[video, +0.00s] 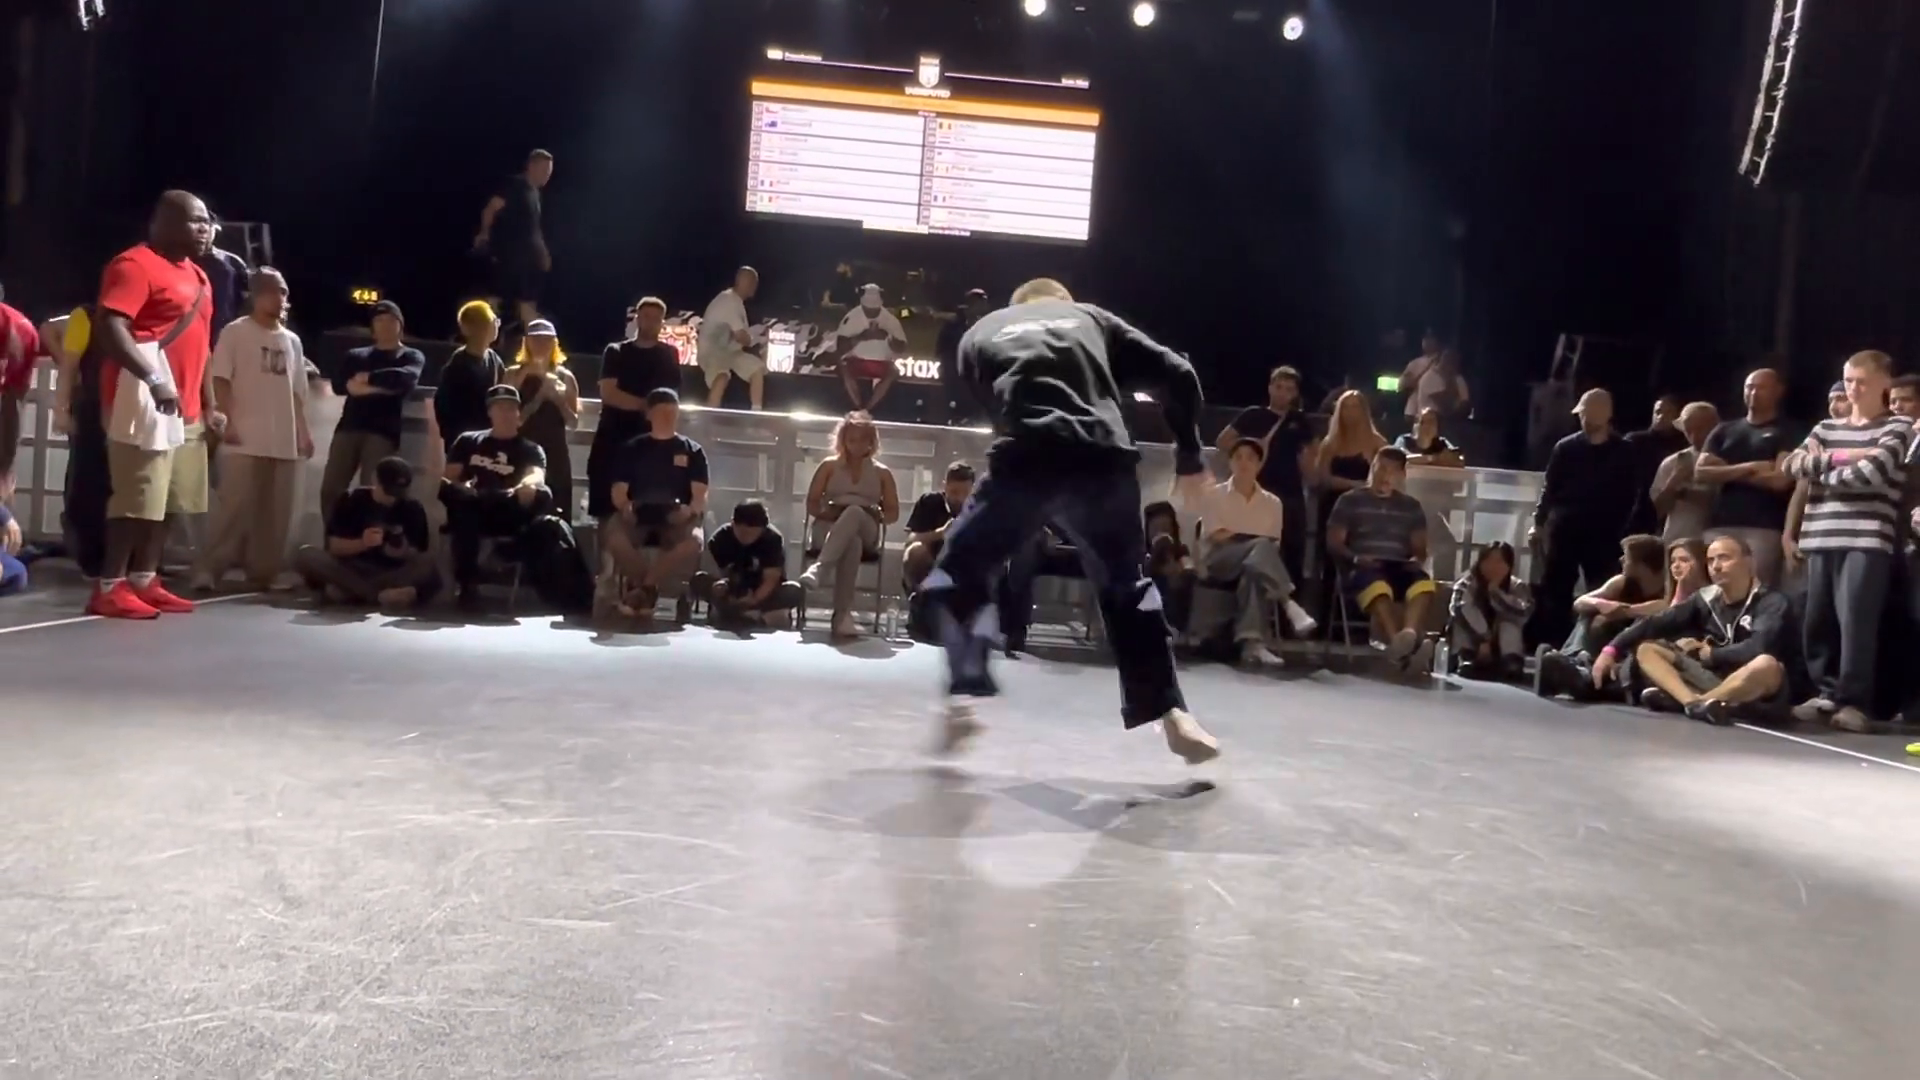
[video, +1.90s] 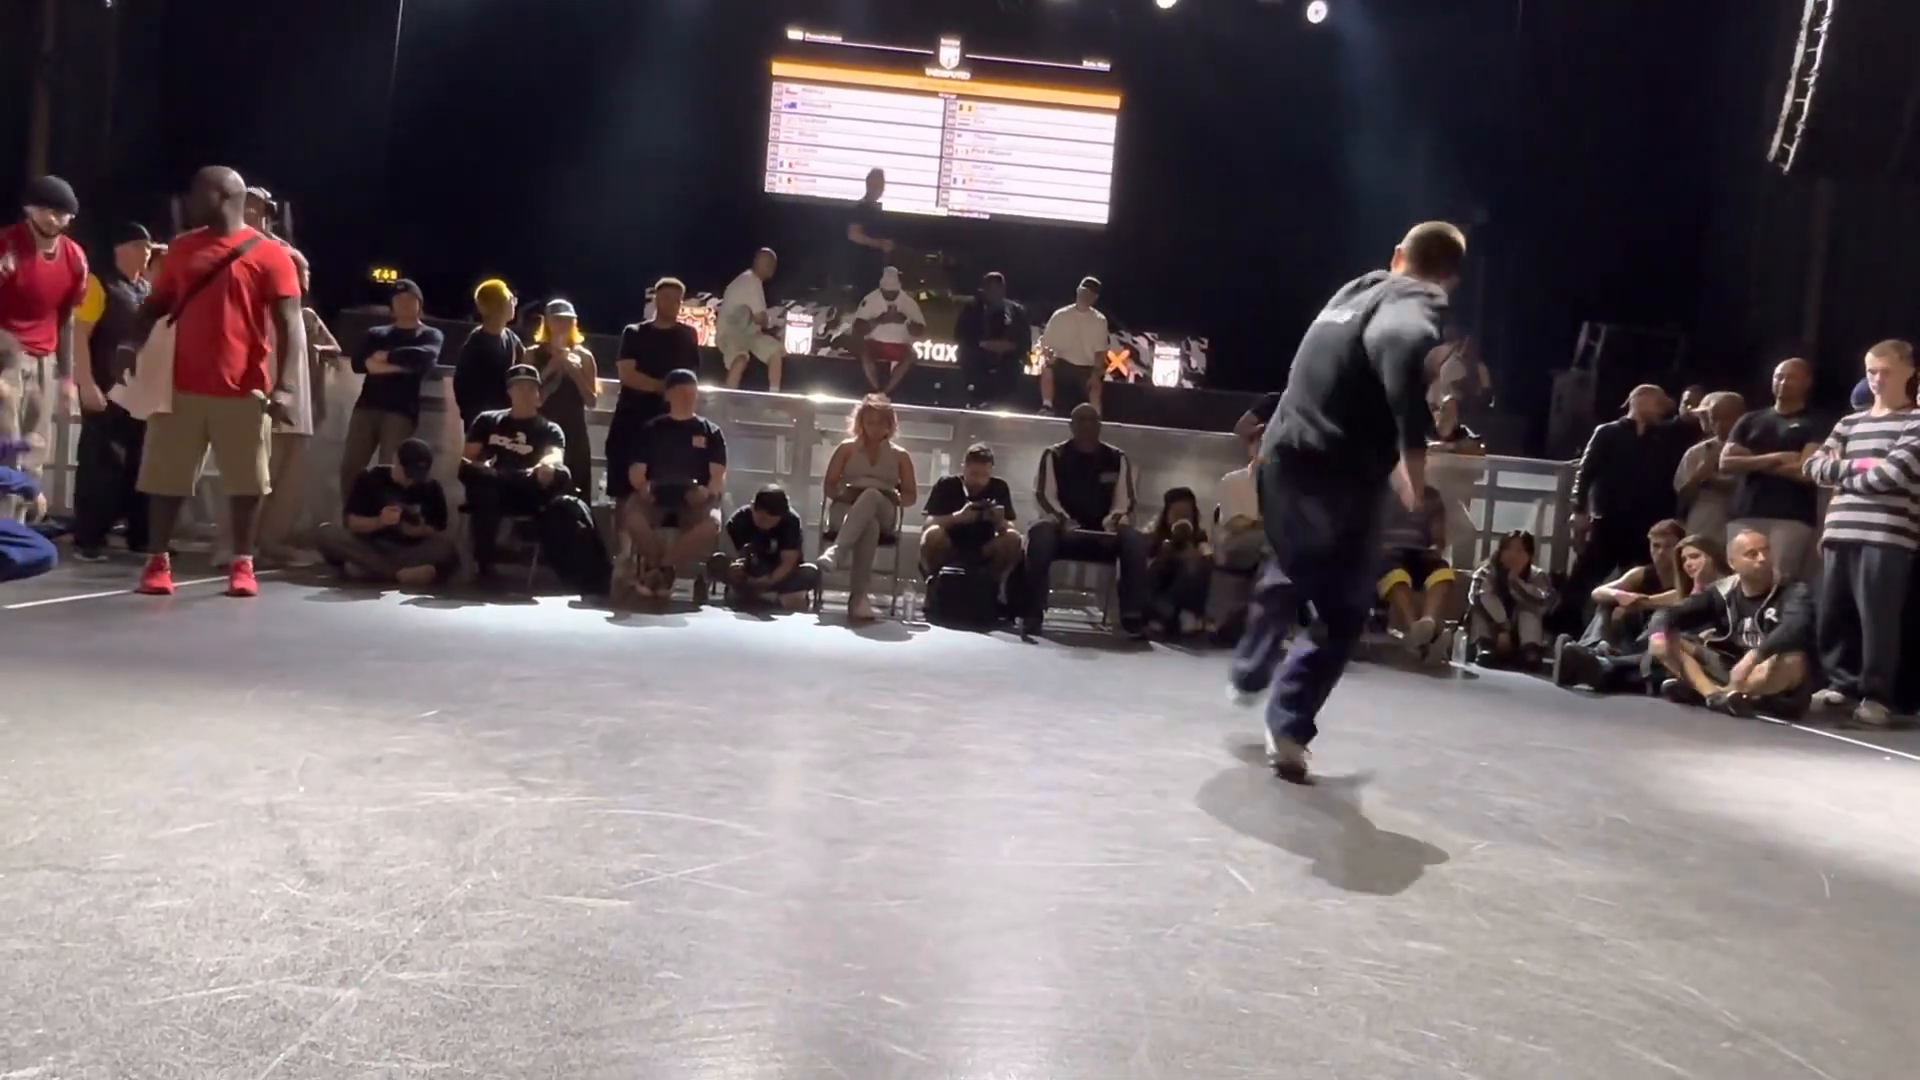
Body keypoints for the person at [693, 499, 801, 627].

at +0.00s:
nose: (747, 538)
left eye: (753, 534)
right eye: (743, 532)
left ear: (762, 529)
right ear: (733, 523)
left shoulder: (772, 539)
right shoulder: (718, 540)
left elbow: (772, 578)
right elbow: (721, 574)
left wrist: (755, 599)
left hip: (762, 585)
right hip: (734, 585)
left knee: (794, 590)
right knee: (700, 580)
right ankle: (760, 617)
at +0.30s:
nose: (751, 533)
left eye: (756, 529)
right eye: (747, 528)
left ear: (766, 524)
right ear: (738, 519)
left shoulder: (777, 533)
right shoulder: (723, 534)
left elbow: (776, 572)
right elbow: (726, 568)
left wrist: (759, 593)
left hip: (766, 581)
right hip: (738, 582)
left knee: (798, 585)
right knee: (703, 574)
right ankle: (762, 611)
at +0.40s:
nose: (751, 532)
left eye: (757, 528)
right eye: (747, 526)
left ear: (767, 523)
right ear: (739, 518)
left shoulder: (778, 532)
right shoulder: (724, 533)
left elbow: (778, 570)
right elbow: (732, 567)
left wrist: (760, 592)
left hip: (768, 580)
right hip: (740, 581)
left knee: (800, 583)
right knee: (704, 573)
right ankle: (762, 609)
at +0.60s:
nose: (755, 531)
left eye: (760, 527)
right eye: (751, 526)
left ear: (771, 522)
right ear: (742, 516)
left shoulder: (781, 530)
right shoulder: (727, 531)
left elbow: (780, 569)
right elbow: (733, 565)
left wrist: (762, 590)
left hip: (771, 578)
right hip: (742, 579)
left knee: (803, 581)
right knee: (707, 571)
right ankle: (766, 607)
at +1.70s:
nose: (765, 526)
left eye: (771, 522)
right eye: (762, 520)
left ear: (780, 516)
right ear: (753, 508)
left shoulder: (790, 521)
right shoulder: (736, 523)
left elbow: (789, 562)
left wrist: (769, 580)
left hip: (780, 568)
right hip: (752, 569)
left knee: (811, 573)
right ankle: (777, 600)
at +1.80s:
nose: (766, 526)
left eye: (772, 523)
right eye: (762, 520)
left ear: (780, 516)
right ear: (753, 509)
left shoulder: (791, 521)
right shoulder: (737, 522)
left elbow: (789, 561)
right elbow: (728, 558)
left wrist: (769, 580)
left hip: (780, 567)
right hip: (751, 569)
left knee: (812, 572)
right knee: (731, 595)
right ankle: (778, 600)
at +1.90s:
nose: (765, 525)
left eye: (771, 522)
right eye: (762, 520)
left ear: (780, 516)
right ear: (753, 508)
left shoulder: (791, 521)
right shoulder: (737, 522)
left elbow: (789, 561)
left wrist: (770, 580)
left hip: (780, 567)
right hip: (751, 569)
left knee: (811, 572)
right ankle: (779, 600)